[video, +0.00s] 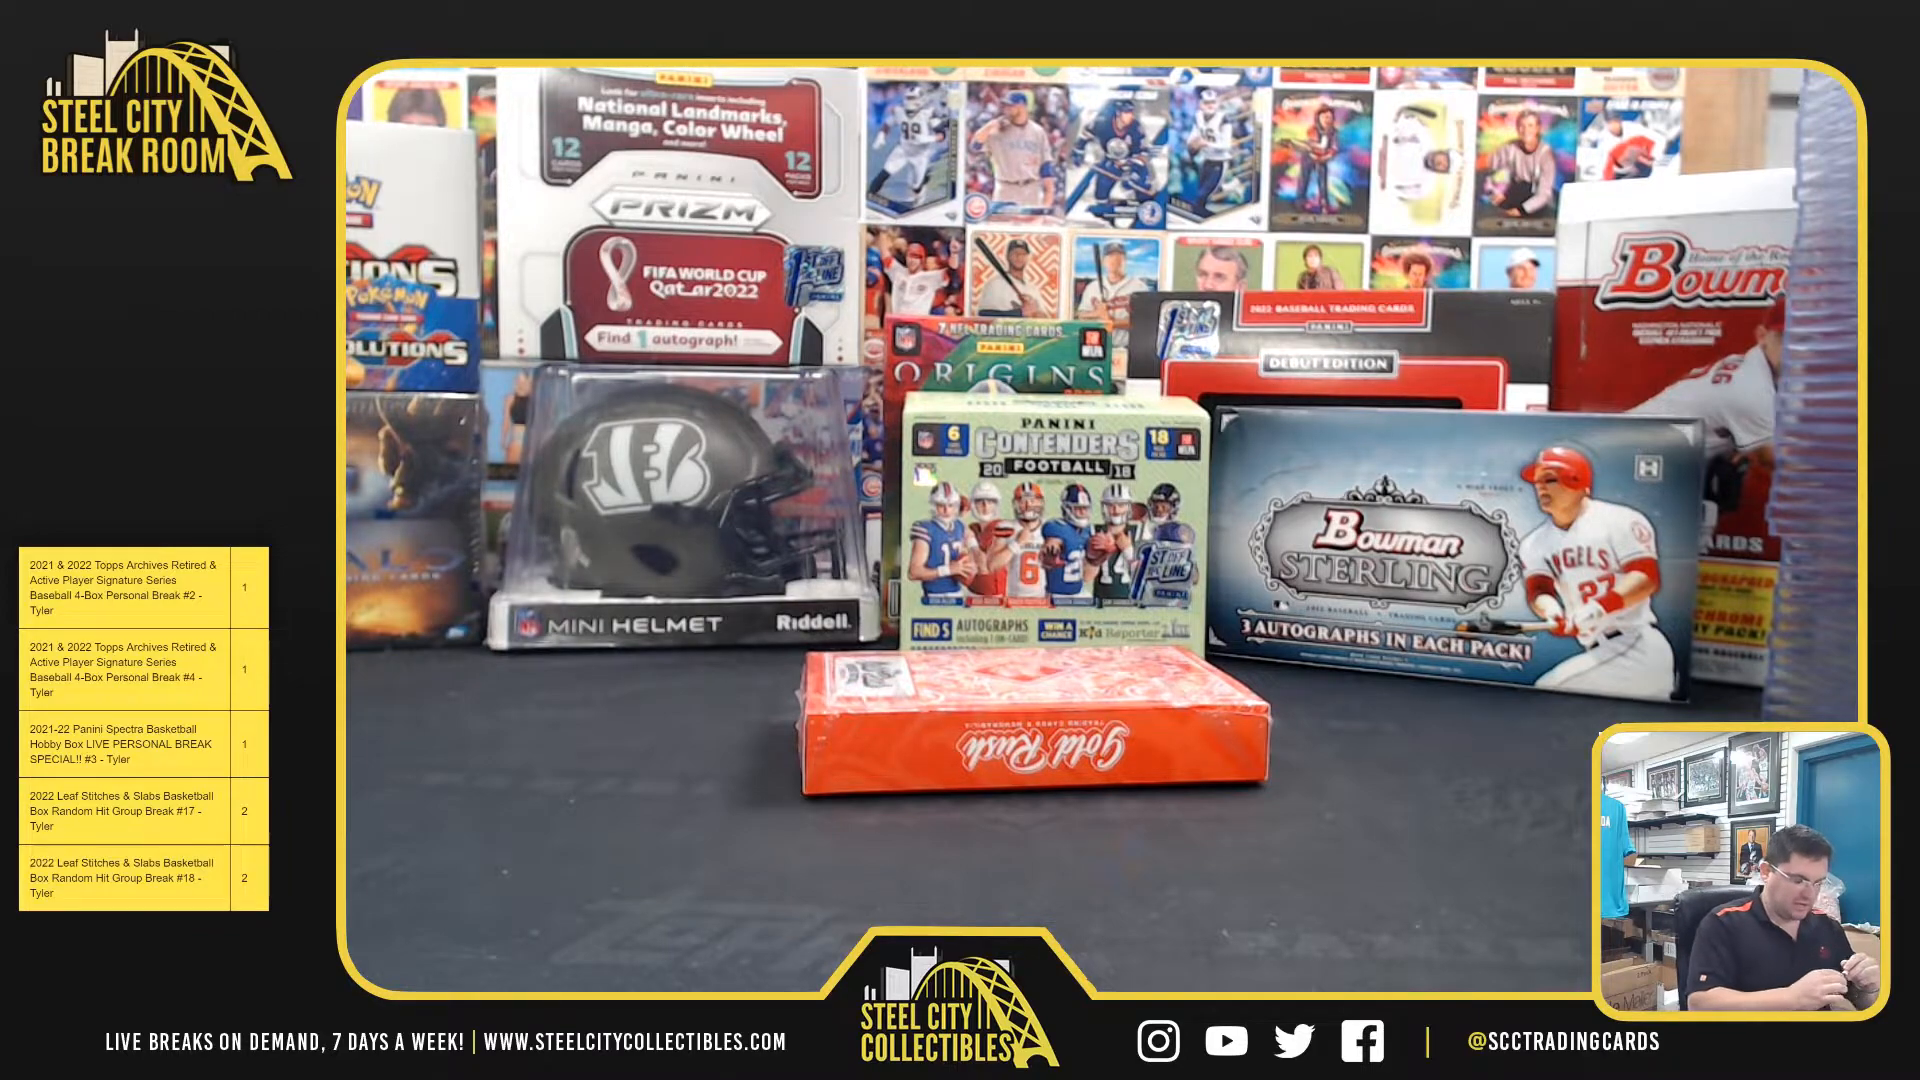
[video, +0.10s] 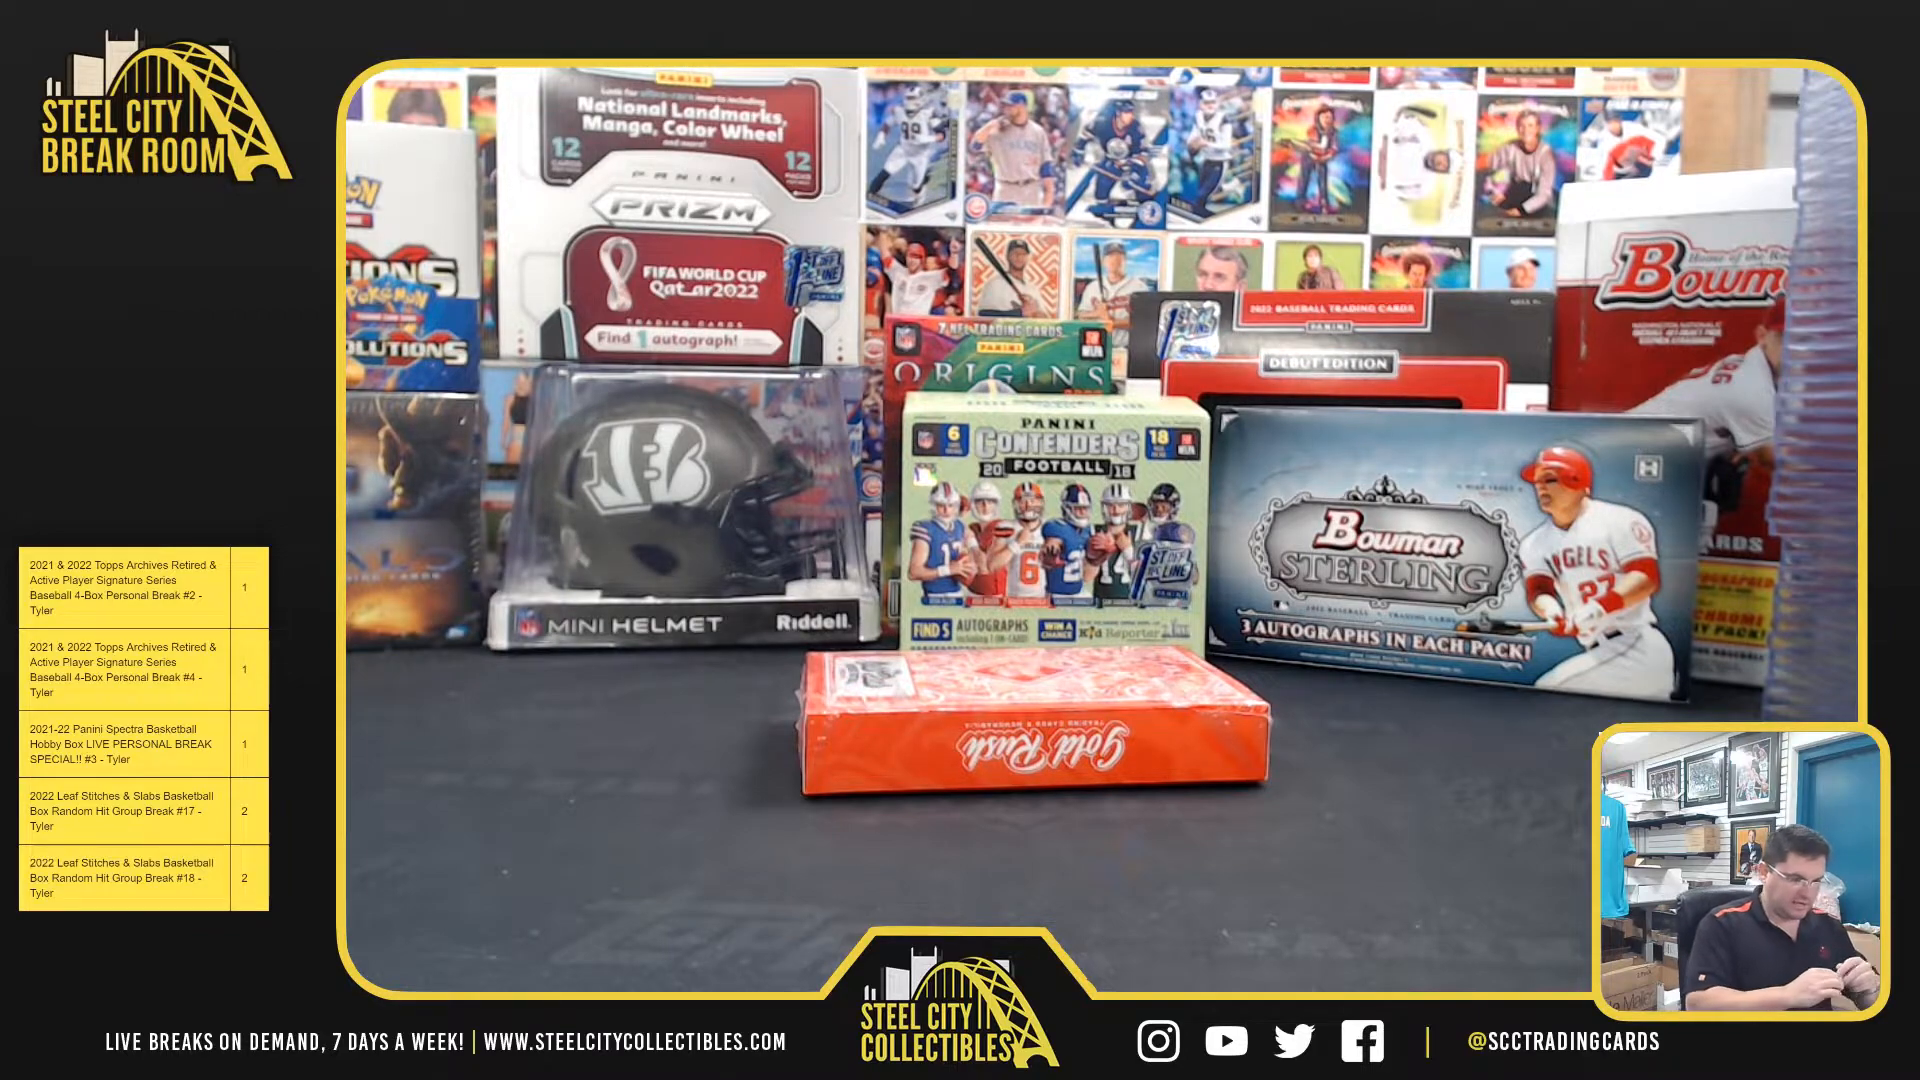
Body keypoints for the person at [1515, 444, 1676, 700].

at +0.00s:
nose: (1540, 490)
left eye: (1549, 481)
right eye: (1537, 483)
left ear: (1578, 484)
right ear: (1533, 487)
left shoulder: (1624, 521)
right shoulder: (1534, 545)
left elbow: (1646, 577)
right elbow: (1538, 591)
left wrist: (1599, 608)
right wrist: (1553, 613)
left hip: (1638, 648)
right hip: (1599, 652)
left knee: (1546, 692)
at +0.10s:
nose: (1540, 490)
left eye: (1549, 481)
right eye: (1537, 483)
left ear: (1578, 484)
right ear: (1533, 487)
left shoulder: (1624, 521)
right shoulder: (1534, 545)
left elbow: (1646, 577)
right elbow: (1538, 591)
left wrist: (1599, 608)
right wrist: (1553, 613)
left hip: (1638, 648)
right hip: (1599, 652)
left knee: (1546, 692)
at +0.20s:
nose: (1540, 489)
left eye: (1550, 480)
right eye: (1537, 483)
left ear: (1578, 485)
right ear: (1533, 487)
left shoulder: (1624, 521)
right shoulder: (1534, 545)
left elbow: (1646, 577)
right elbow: (1539, 591)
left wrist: (1599, 608)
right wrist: (1554, 614)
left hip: (1638, 649)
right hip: (1598, 652)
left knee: (1545, 693)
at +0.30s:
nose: (1540, 489)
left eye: (1550, 480)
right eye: (1537, 483)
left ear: (1578, 484)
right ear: (1533, 487)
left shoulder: (1624, 521)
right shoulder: (1534, 545)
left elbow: (1646, 577)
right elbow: (1539, 592)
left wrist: (1598, 608)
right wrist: (1554, 614)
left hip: (1638, 649)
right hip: (1599, 652)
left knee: (1545, 693)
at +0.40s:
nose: (1540, 489)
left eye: (1550, 480)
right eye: (1537, 483)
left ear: (1578, 484)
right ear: (1533, 487)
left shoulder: (1624, 521)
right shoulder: (1534, 545)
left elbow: (1646, 578)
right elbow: (1539, 592)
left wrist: (1598, 608)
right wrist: (1554, 614)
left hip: (1638, 648)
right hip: (1599, 652)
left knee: (1545, 694)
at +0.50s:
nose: (1540, 489)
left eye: (1550, 480)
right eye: (1537, 482)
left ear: (1578, 485)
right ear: (1533, 487)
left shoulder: (1624, 521)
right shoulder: (1534, 545)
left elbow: (1646, 577)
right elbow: (1538, 591)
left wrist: (1599, 608)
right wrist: (1553, 614)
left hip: (1638, 649)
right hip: (1598, 652)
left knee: (1545, 693)